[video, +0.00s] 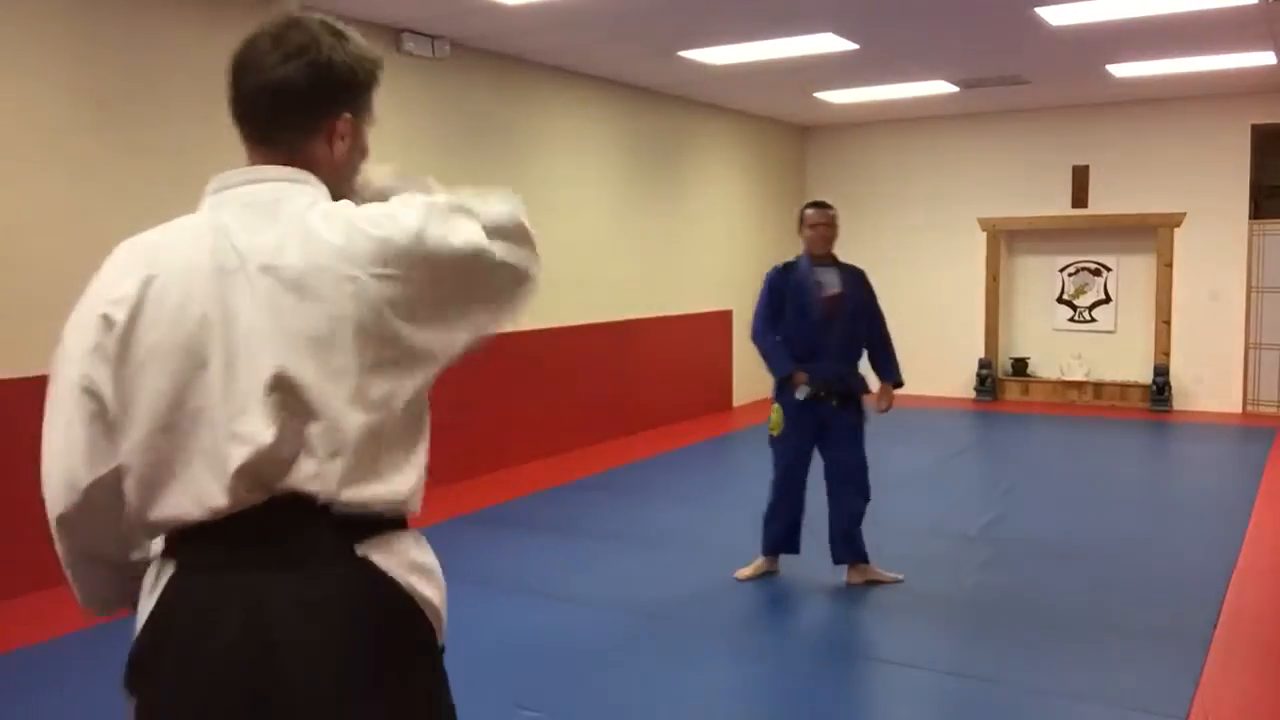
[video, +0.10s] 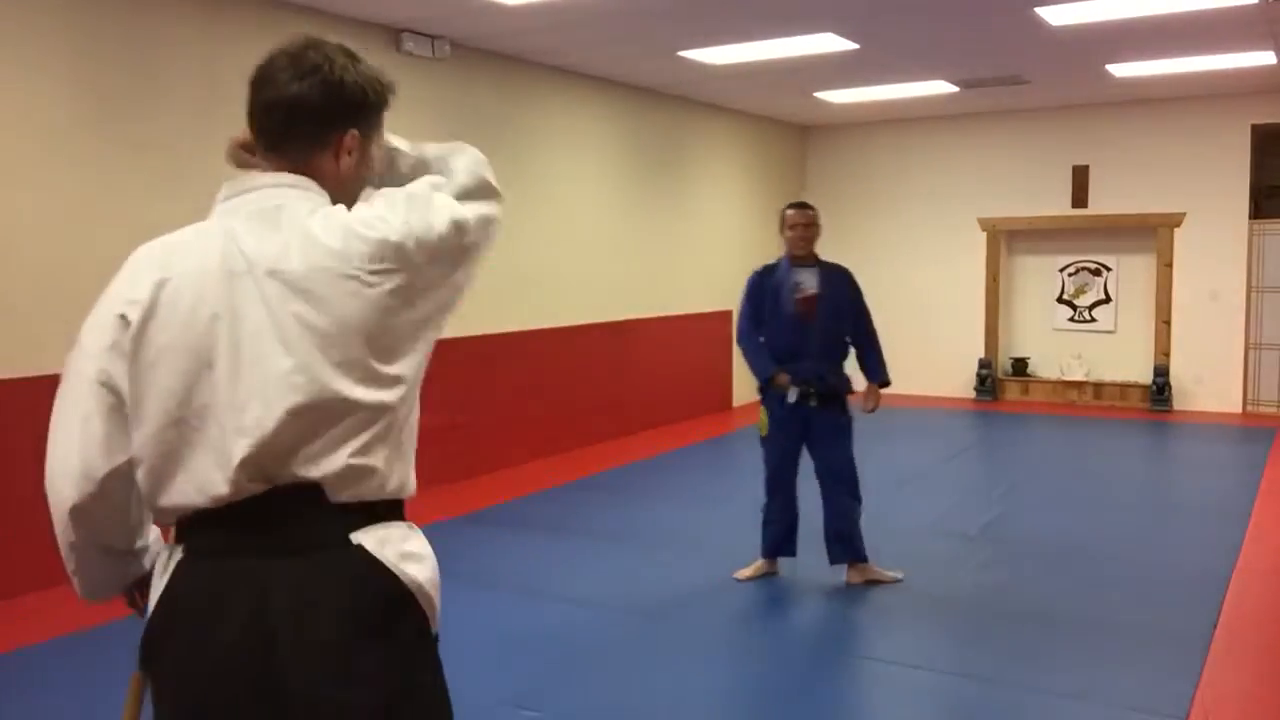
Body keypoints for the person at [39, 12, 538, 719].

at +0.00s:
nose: (365, 143)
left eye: (364, 126)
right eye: (364, 128)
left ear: (247, 126)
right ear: (340, 133)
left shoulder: (134, 269)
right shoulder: (378, 246)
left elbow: (75, 485)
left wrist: (131, 585)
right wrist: (380, 192)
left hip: (195, 599)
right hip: (360, 598)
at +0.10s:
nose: (370, 164)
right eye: (372, 150)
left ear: (258, 142)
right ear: (347, 150)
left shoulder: (150, 273)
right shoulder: (377, 248)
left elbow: (81, 477)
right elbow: (471, 183)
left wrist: (135, 576)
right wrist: (368, 155)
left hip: (202, 588)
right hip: (358, 586)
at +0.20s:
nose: (368, 186)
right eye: (370, 167)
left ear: (267, 161)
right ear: (348, 168)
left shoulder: (157, 281)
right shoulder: (368, 255)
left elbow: (88, 478)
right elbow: (437, 170)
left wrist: (132, 567)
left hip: (204, 582)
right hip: (347, 582)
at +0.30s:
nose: (356, 198)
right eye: (359, 180)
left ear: (262, 166)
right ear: (339, 177)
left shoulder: (156, 282)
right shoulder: (352, 255)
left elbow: (94, 470)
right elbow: (414, 177)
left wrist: (136, 556)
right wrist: (260, 150)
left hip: (200, 565)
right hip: (332, 562)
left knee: (212, 708)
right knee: (373, 707)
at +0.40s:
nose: (348, 190)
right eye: (352, 176)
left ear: (262, 163)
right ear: (328, 173)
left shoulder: (156, 272)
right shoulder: (337, 248)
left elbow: (105, 448)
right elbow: (402, 175)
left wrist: (140, 541)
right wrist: (255, 162)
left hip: (193, 546)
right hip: (318, 547)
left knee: (207, 708)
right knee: (375, 707)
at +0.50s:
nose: (348, 182)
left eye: (349, 167)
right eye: (350, 168)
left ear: (261, 153)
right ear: (323, 167)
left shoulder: (161, 266)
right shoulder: (337, 240)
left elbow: (121, 429)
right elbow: (399, 182)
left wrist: (142, 518)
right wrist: (245, 176)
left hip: (191, 529)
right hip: (315, 530)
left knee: (201, 706)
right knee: (367, 704)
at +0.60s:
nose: (346, 186)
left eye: (347, 172)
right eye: (345, 171)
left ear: (255, 161)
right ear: (321, 167)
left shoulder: (168, 266)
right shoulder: (337, 242)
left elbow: (137, 427)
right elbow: (408, 206)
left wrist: (177, 516)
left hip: (198, 520)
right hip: (320, 519)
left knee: (202, 703)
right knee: (353, 700)